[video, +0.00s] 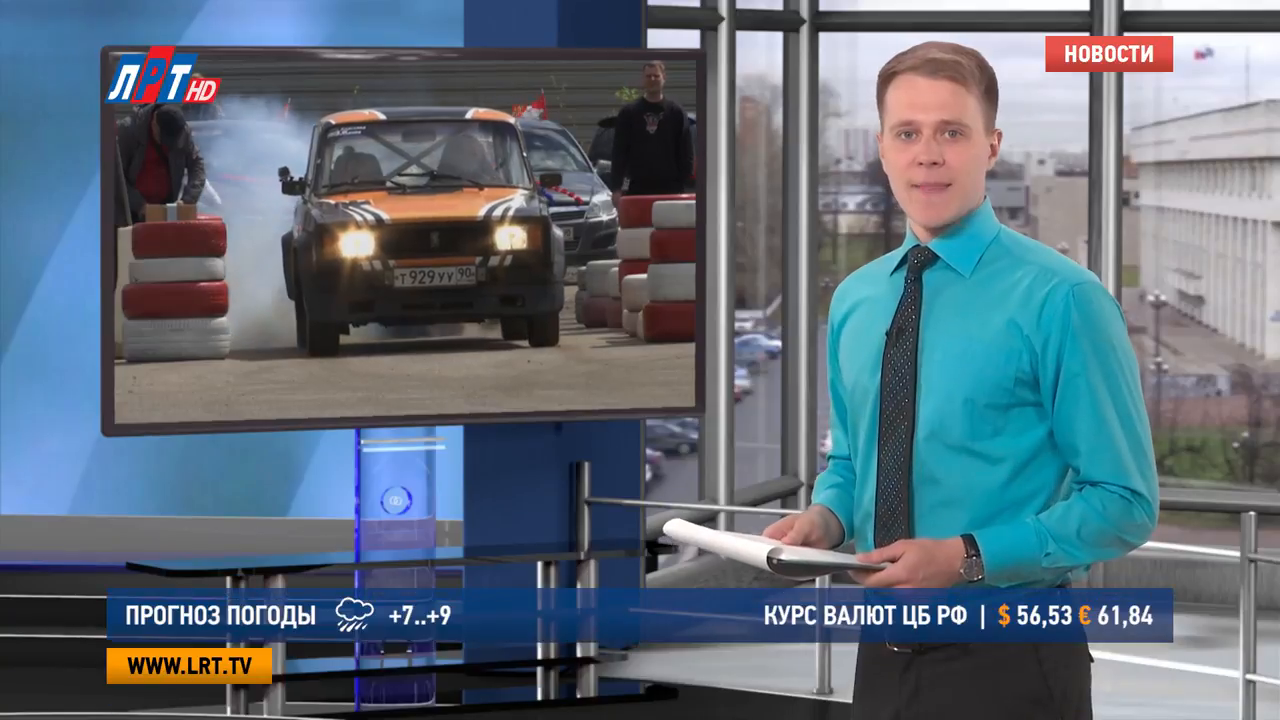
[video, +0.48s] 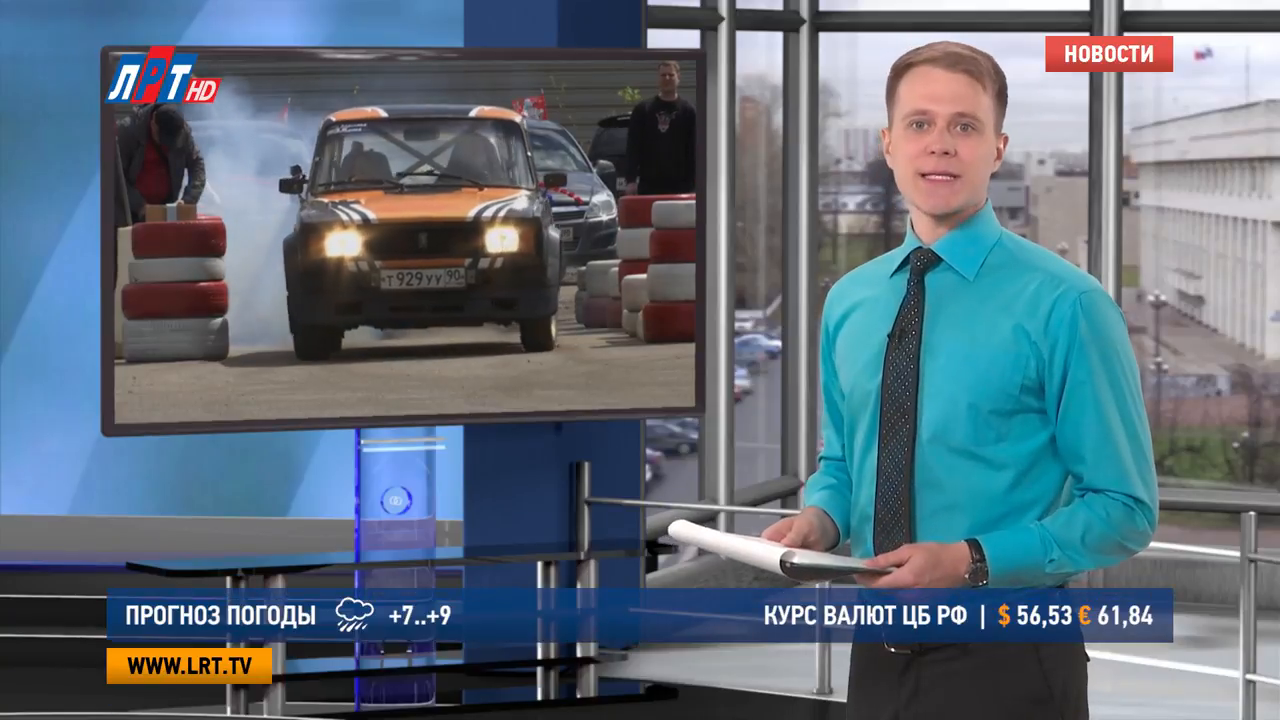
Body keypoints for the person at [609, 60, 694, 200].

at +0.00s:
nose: (652, 80)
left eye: (656, 76)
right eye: (648, 76)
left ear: (664, 78)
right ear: (643, 79)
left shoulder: (676, 113)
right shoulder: (628, 113)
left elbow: (686, 152)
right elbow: (619, 152)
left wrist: (682, 186)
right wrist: (616, 188)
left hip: (670, 188)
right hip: (637, 188)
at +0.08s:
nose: (656, 79)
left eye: (660, 75)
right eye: (652, 76)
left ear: (668, 78)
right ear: (646, 79)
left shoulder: (679, 113)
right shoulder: (632, 112)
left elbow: (688, 151)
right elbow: (622, 150)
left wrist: (688, 186)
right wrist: (619, 186)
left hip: (672, 186)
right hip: (640, 186)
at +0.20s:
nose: (661, 79)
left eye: (664, 75)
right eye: (657, 75)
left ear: (672, 78)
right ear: (651, 79)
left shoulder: (684, 112)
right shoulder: (637, 111)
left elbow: (690, 150)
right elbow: (626, 149)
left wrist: (691, 186)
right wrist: (624, 184)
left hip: (677, 185)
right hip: (645, 185)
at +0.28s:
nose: (664, 78)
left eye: (667, 75)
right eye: (660, 75)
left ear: (675, 78)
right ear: (655, 78)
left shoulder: (687, 112)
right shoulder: (640, 111)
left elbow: (693, 149)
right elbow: (630, 147)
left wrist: (693, 183)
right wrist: (629, 181)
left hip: (679, 183)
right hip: (647, 183)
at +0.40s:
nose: (666, 79)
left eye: (670, 75)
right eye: (662, 75)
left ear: (677, 78)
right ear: (657, 78)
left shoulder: (688, 111)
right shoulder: (642, 110)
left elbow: (694, 148)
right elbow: (633, 147)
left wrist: (694, 182)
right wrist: (631, 180)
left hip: (680, 182)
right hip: (649, 182)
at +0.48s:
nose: (667, 79)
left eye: (671, 75)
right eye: (663, 75)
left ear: (678, 78)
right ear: (658, 78)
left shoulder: (689, 112)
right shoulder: (642, 110)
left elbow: (695, 148)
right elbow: (633, 147)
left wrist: (695, 182)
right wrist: (631, 180)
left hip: (681, 183)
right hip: (649, 182)